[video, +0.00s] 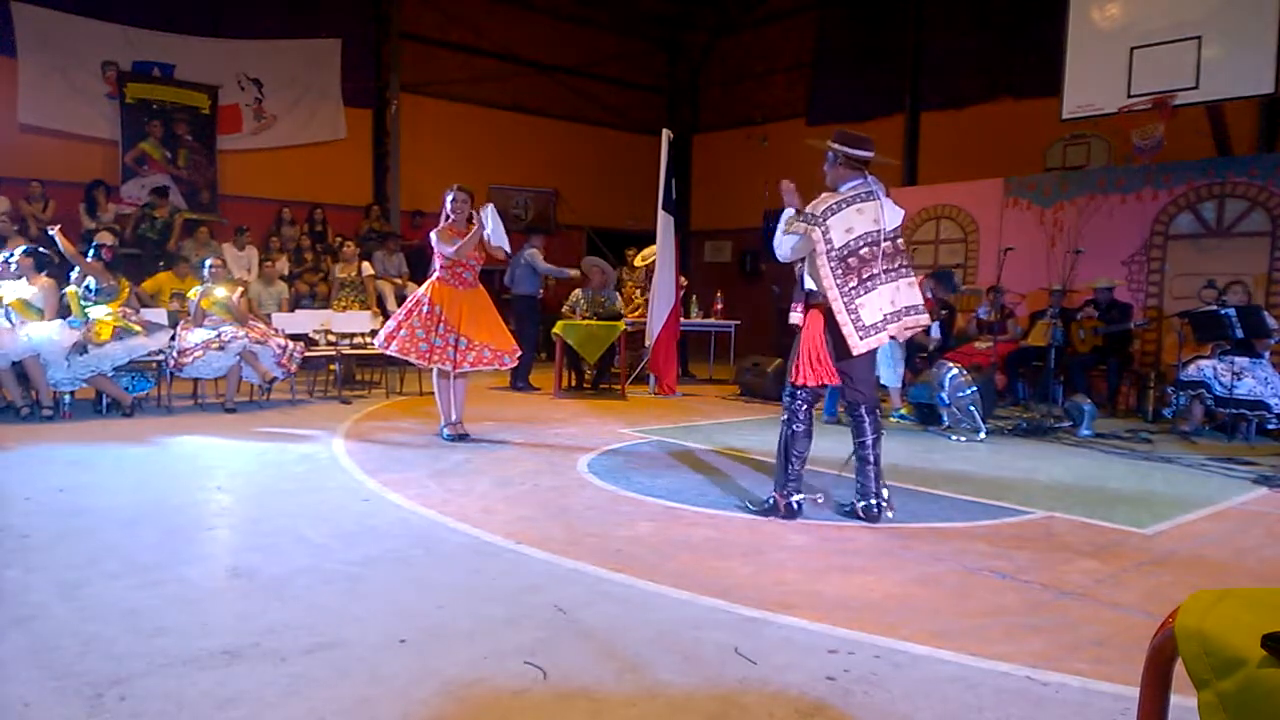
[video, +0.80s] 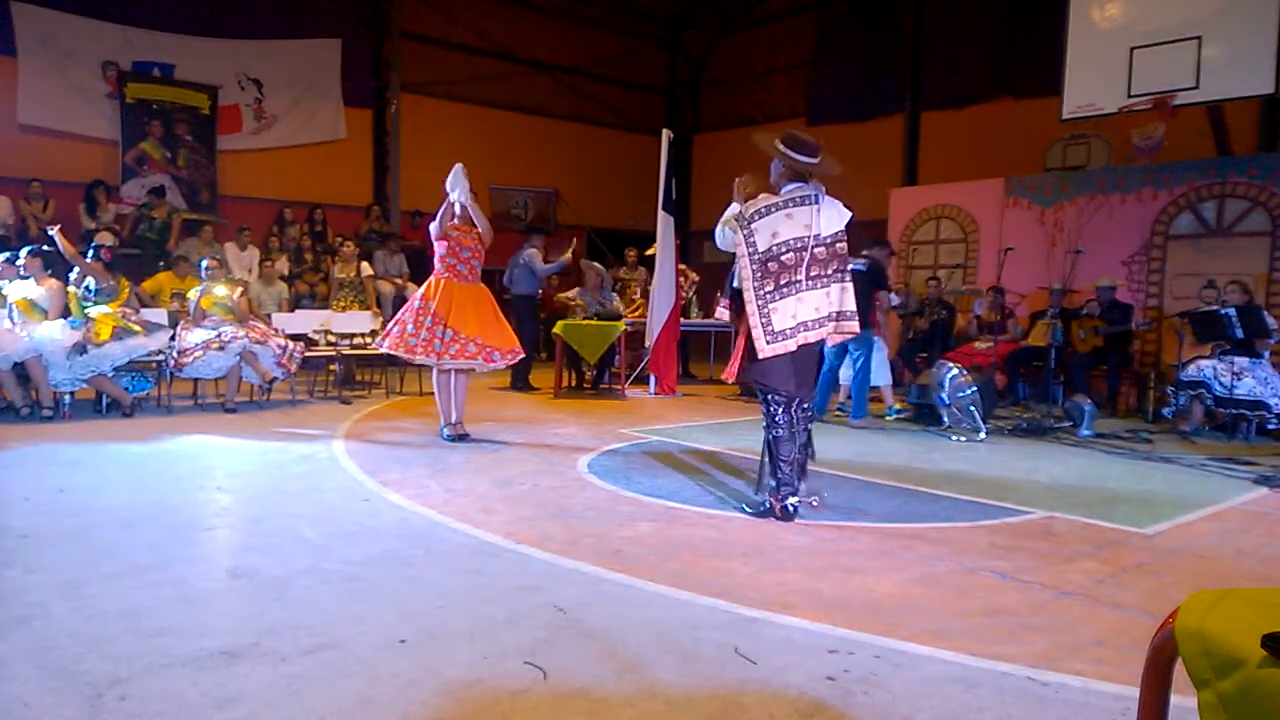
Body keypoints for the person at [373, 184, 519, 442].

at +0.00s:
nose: (458, 206)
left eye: (463, 202)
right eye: (454, 201)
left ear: (471, 207)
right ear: (446, 205)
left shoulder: (477, 235)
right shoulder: (439, 233)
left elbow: (501, 256)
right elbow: (459, 253)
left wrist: (490, 223)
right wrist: (479, 227)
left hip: (468, 302)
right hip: (443, 301)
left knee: (462, 364)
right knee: (443, 365)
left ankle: (458, 421)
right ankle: (446, 421)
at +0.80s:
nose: (460, 210)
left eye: (465, 205)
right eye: (455, 205)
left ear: (471, 206)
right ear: (450, 207)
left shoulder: (481, 236)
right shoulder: (440, 231)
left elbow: (486, 229)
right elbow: (441, 224)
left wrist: (469, 201)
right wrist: (449, 199)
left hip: (470, 296)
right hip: (443, 294)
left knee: (462, 364)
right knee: (443, 364)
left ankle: (458, 421)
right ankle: (445, 421)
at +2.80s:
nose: (458, 210)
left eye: (462, 206)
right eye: (454, 208)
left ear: (469, 209)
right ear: (449, 211)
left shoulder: (480, 237)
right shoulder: (440, 233)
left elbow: (481, 224)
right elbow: (436, 223)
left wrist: (465, 200)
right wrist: (443, 197)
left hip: (469, 296)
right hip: (442, 295)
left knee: (463, 364)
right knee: (443, 364)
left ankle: (459, 421)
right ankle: (446, 422)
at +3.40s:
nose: (456, 207)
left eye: (461, 204)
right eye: (452, 204)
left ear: (468, 210)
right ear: (444, 208)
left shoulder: (476, 236)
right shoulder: (437, 233)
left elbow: (487, 222)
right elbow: (433, 225)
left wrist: (466, 198)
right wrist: (444, 198)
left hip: (468, 296)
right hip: (441, 295)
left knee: (461, 364)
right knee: (442, 364)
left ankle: (458, 421)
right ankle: (445, 421)